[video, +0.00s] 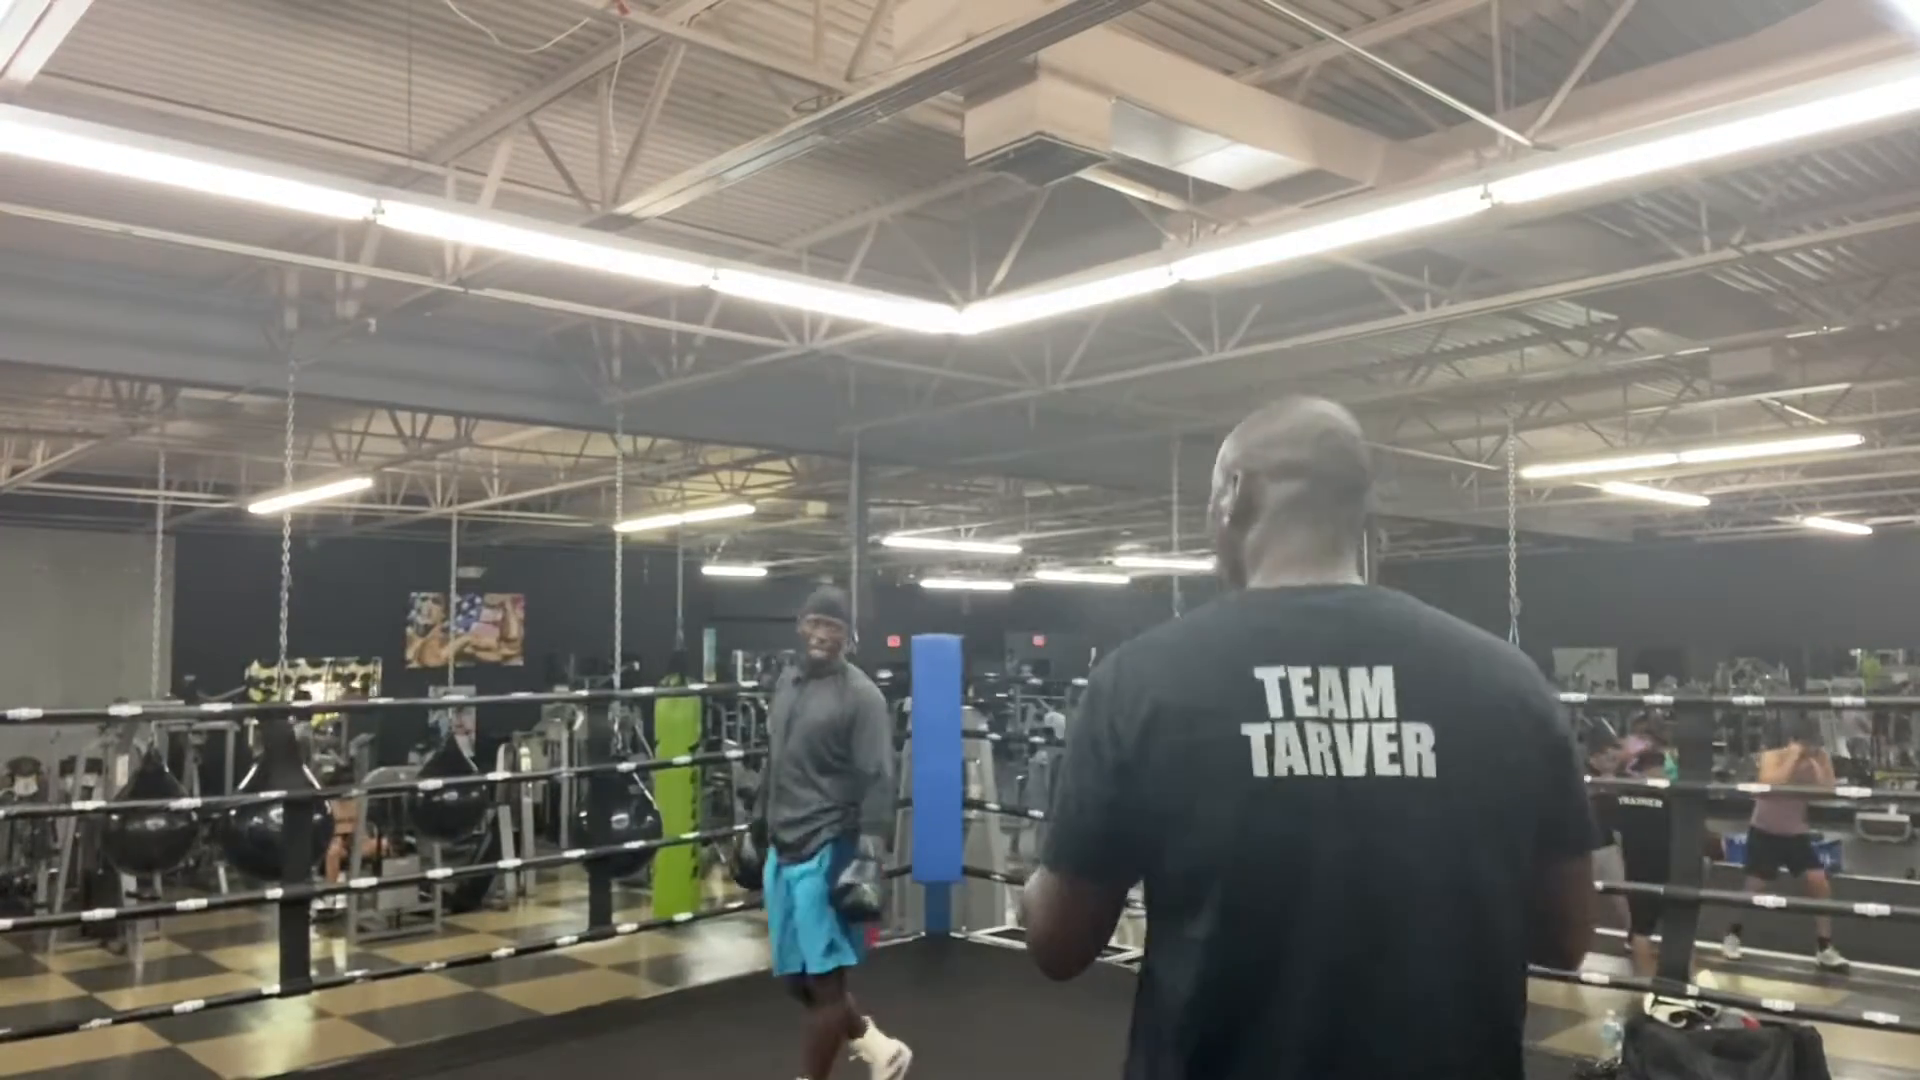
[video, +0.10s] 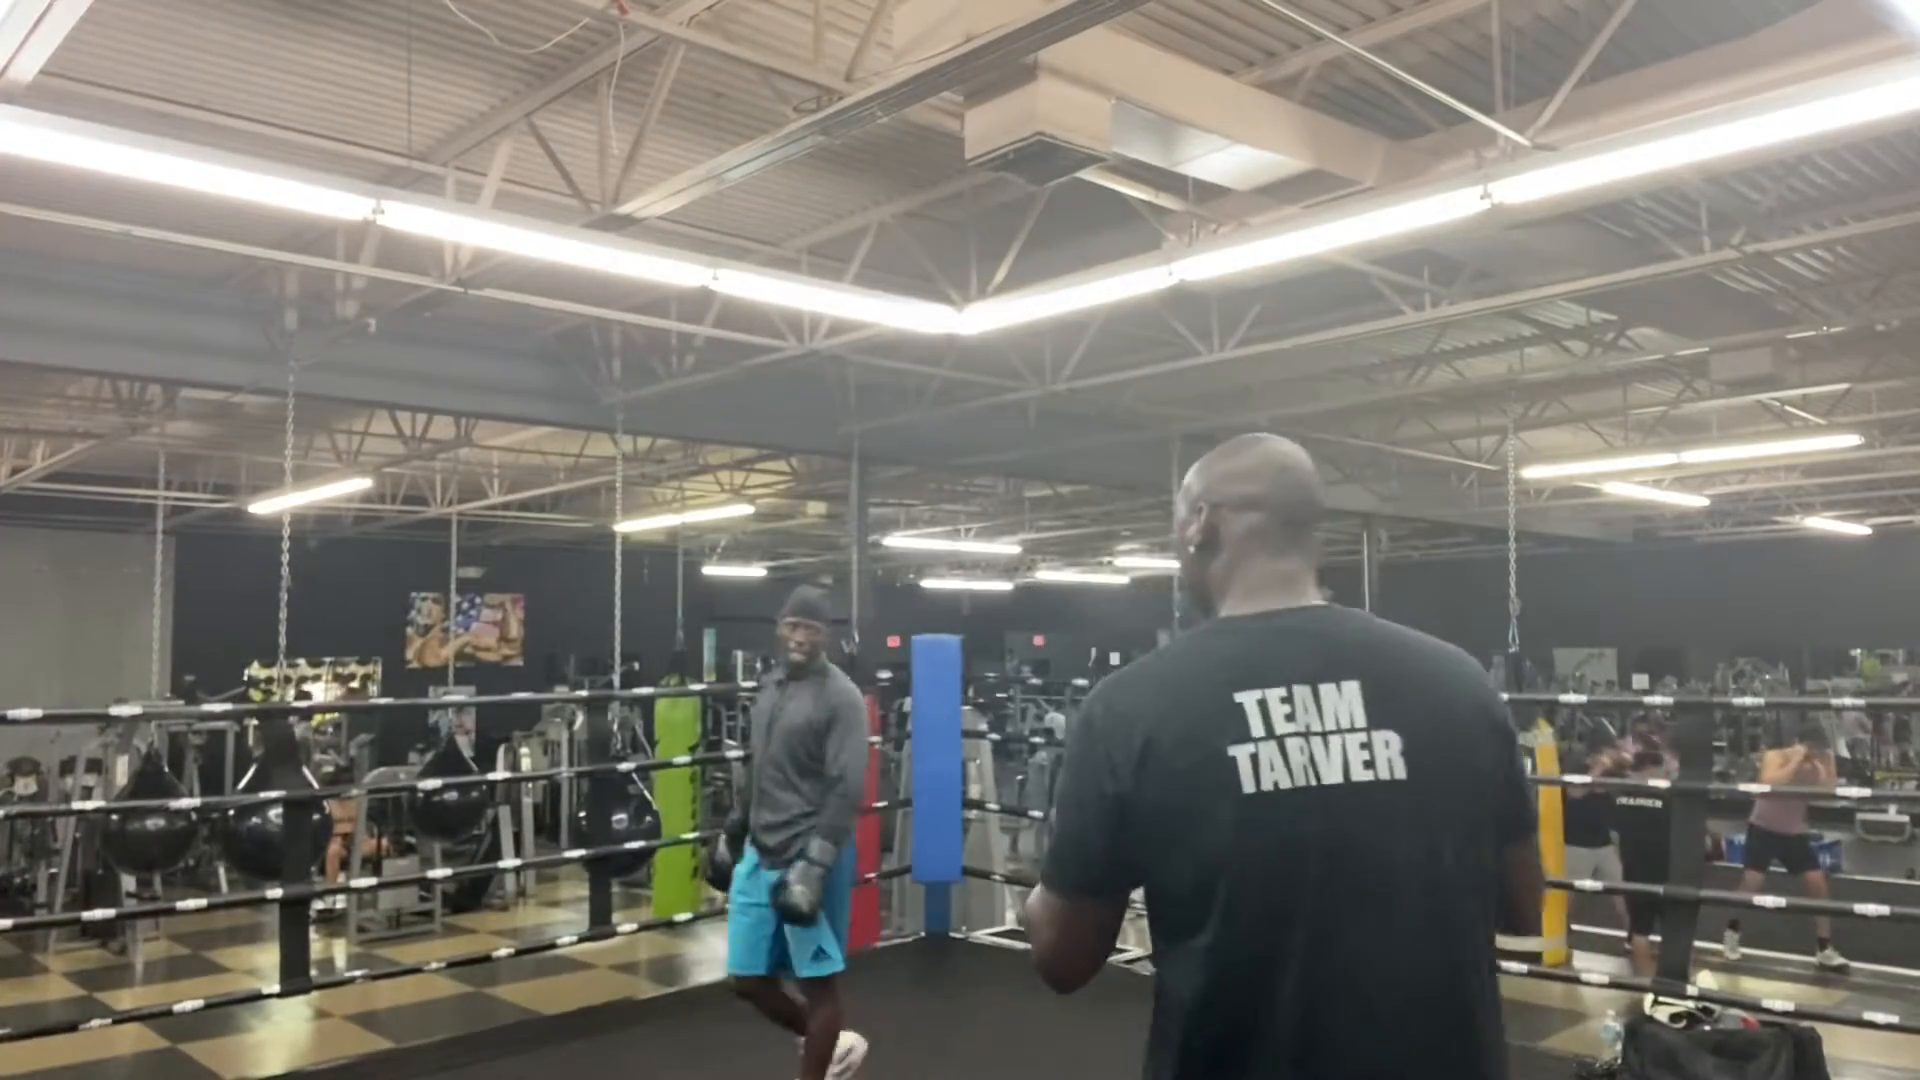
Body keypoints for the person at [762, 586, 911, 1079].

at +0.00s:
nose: (822, 634)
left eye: (833, 627)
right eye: (814, 624)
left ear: (847, 636)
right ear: (799, 628)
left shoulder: (862, 695)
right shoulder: (788, 685)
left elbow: (879, 780)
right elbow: (775, 764)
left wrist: (870, 859)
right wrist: (758, 833)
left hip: (831, 848)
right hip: (783, 847)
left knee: (825, 980)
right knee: (797, 977)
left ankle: (813, 1074)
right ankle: (881, 1050)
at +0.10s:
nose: (800, 637)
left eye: (811, 629)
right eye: (792, 627)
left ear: (828, 637)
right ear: (779, 631)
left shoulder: (843, 698)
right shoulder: (770, 687)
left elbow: (847, 790)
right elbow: (758, 768)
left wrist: (813, 866)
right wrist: (734, 832)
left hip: (813, 855)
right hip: (759, 854)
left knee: (819, 985)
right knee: (749, 979)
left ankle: (814, 1073)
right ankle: (833, 1044)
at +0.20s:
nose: (783, 634)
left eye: (794, 627)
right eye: (775, 624)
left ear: (810, 633)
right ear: (761, 627)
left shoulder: (827, 693)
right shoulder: (757, 687)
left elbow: (825, 787)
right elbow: (747, 771)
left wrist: (776, 854)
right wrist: (717, 835)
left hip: (805, 851)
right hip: (747, 846)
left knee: (810, 984)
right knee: (716, 972)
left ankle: (807, 1077)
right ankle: (771, 1065)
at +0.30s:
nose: (762, 635)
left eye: (773, 628)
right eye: (754, 625)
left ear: (790, 635)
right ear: (741, 629)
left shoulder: (810, 696)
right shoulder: (737, 691)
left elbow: (806, 794)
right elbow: (730, 777)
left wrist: (748, 853)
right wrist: (706, 836)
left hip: (790, 853)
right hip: (731, 848)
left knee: (803, 986)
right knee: (704, 981)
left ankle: (807, 1076)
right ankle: (697, 1075)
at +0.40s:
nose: (737, 641)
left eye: (748, 632)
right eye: (729, 631)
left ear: (766, 638)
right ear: (717, 635)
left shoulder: (789, 701)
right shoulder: (716, 696)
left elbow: (788, 796)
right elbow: (713, 784)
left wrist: (731, 858)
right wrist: (692, 846)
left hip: (775, 860)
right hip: (716, 856)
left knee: (792, 994)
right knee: (693, 997)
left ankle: (804, 1075)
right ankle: (667, 1074)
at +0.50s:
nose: (719, 641)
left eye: (730, 633)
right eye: (711, 631)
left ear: (749, 638)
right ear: (699, 637)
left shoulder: (774, 700)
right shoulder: (701, 698)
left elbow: (774, 799)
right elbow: (696, 786)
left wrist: (725, 868)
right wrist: (675, 857)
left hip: (758, 864)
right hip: (696, 862)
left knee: (777, 998)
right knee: (678, 1002)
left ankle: (797, 1073)